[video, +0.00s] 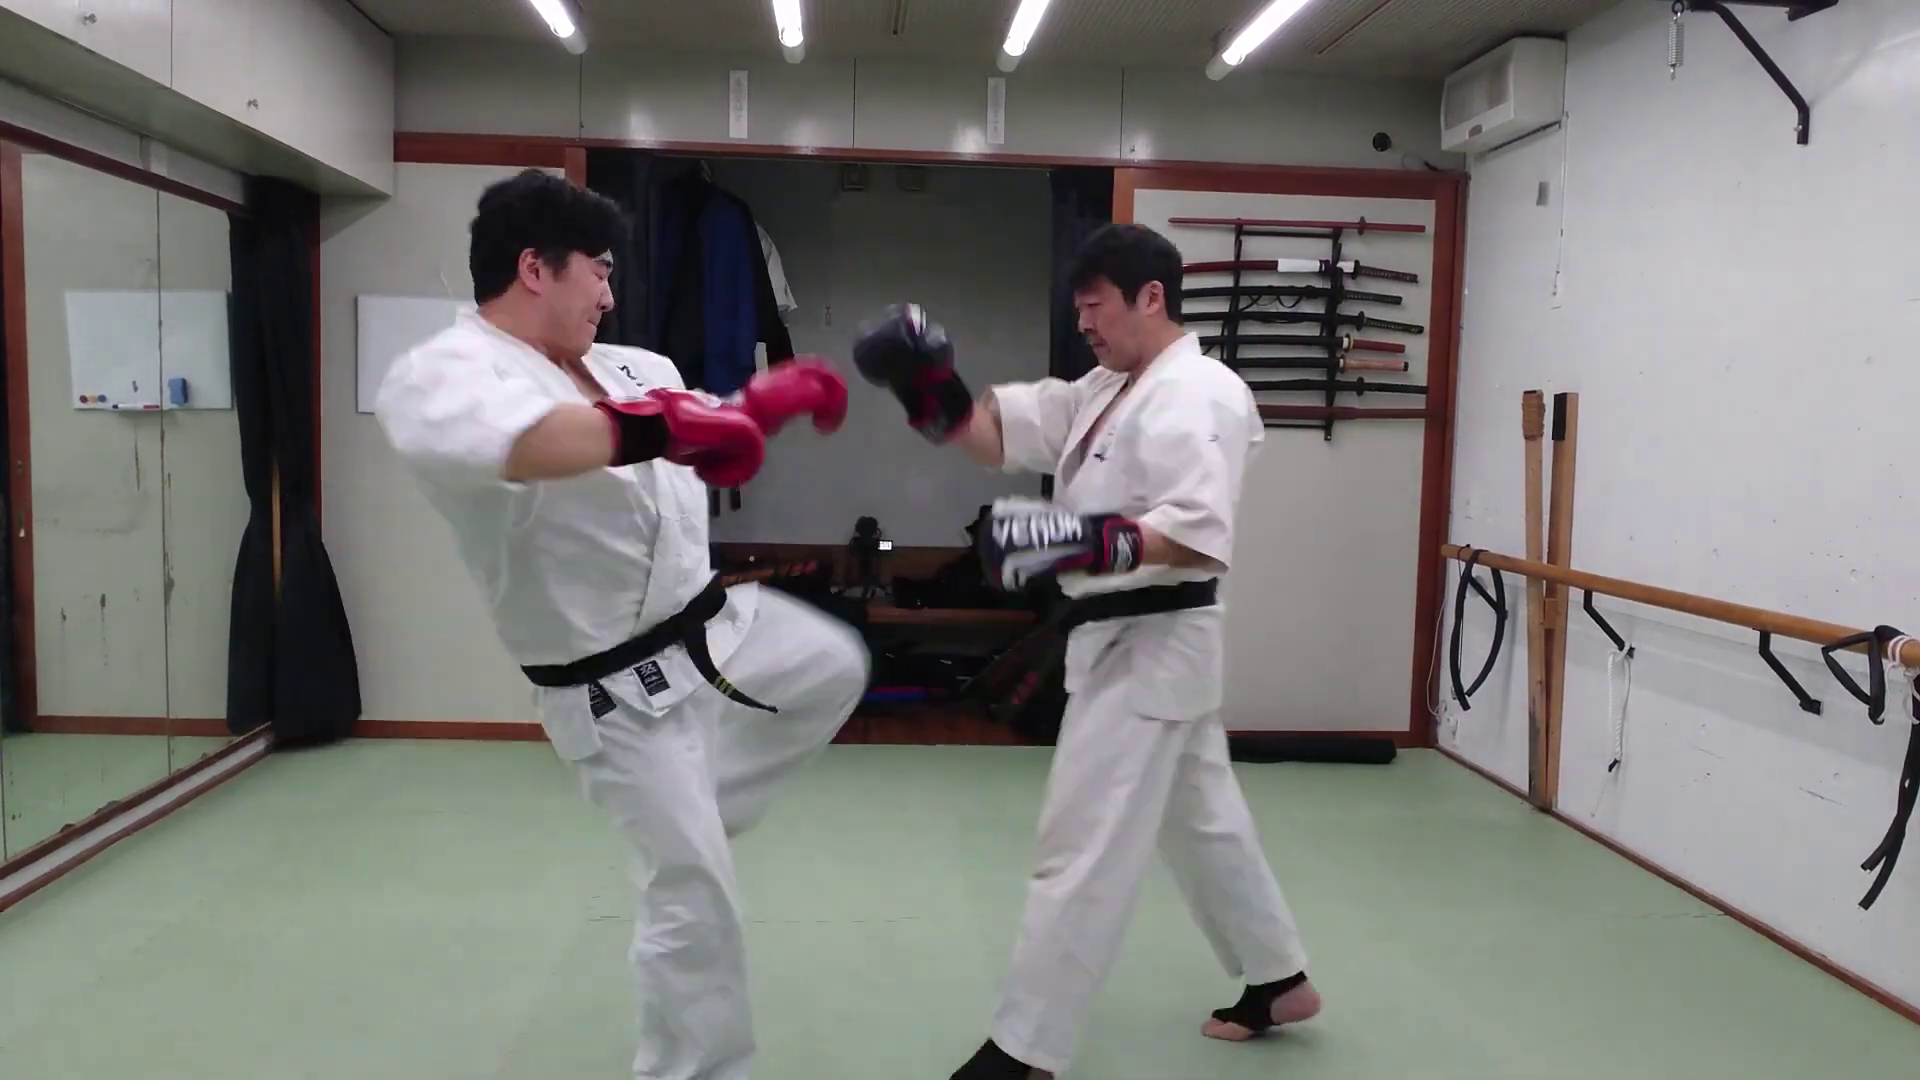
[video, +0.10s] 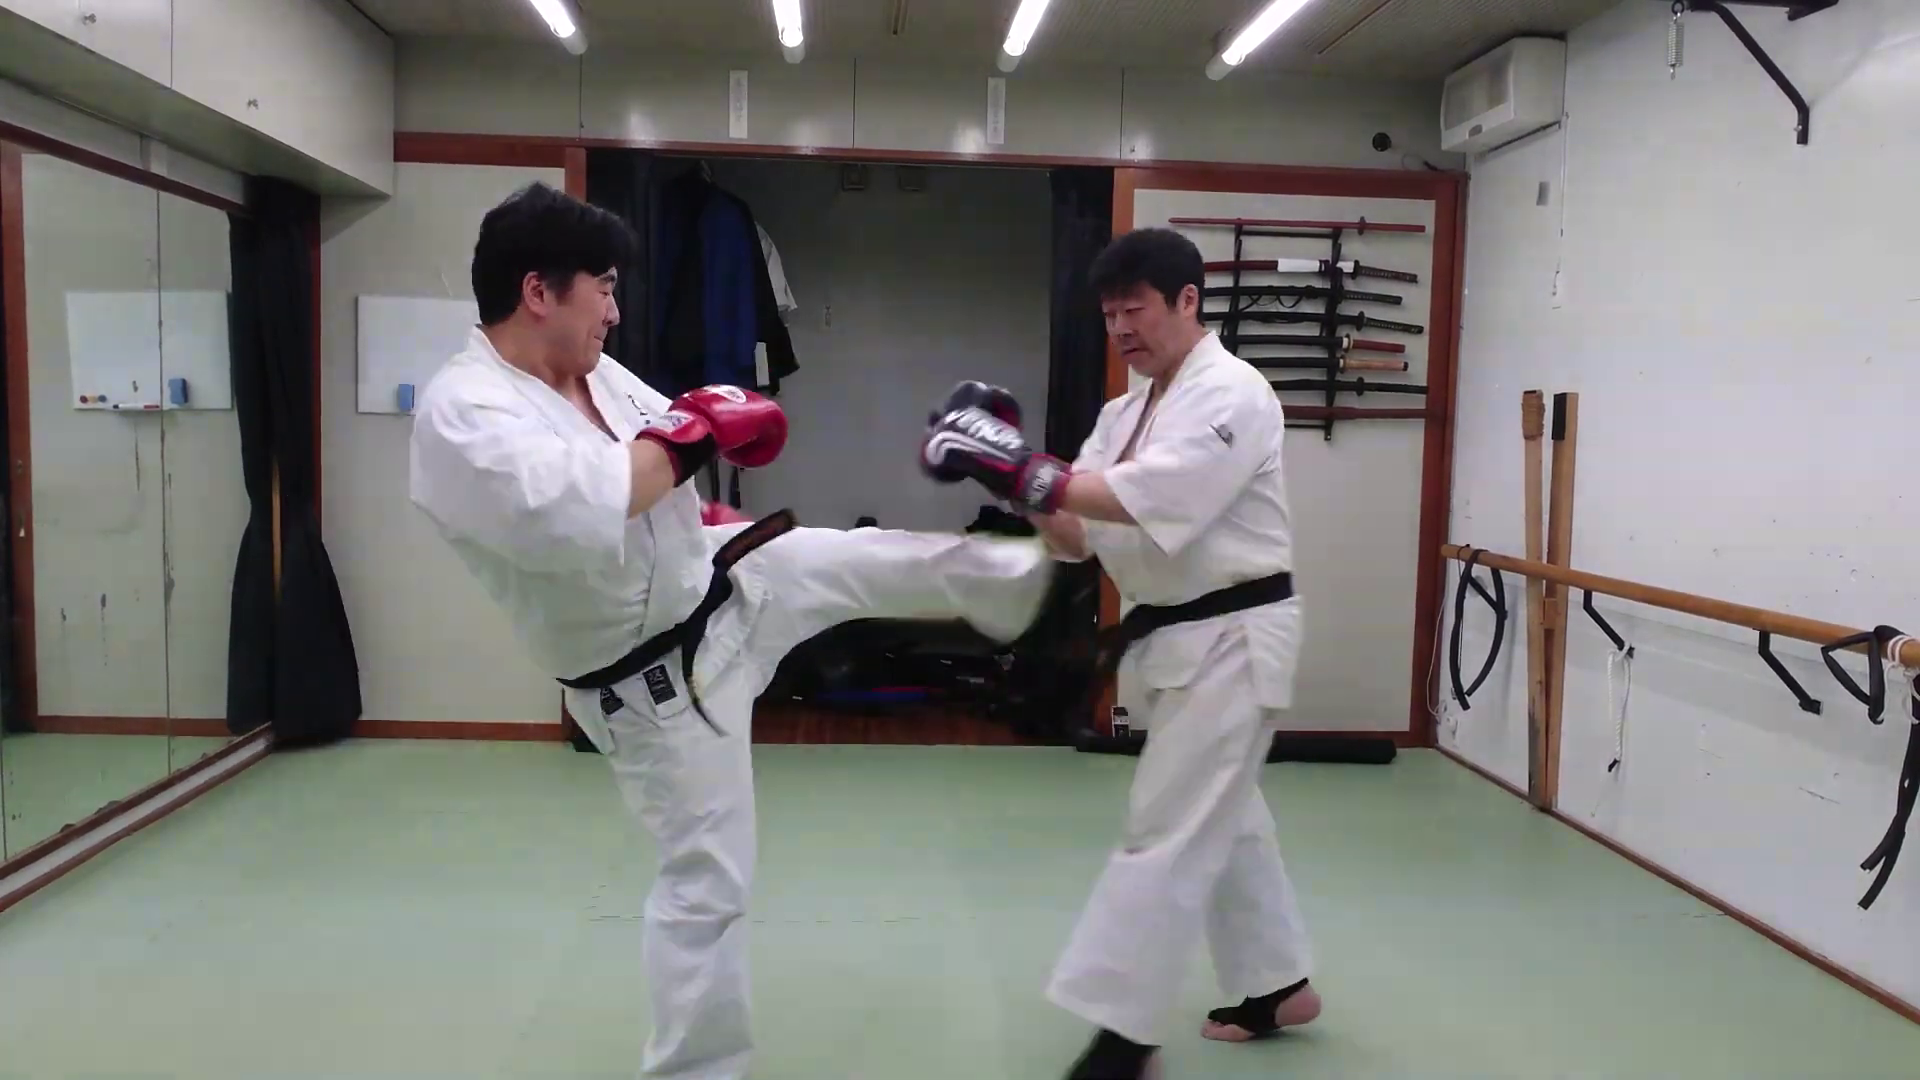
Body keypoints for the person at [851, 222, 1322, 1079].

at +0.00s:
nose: (1085, 328)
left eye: (1094, 309)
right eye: (1080, 313)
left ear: (1152, 298)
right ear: (1140, 304)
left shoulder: (1199, 395)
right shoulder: (1107, 387)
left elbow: (1193, 536)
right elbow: (998, 431)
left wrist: (1081, 540)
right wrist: (931, 388)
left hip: (1155, 647)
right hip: (1121, 640)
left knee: (1082, 849)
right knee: (1202, 819)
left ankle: (1023, 1051)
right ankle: (1278, 984)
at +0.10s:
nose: (1119, 329)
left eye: (1134, 309)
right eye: (1110, 314)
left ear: (1188, 302)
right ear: (1111, 317)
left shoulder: (1234, 394)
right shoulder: (1122, 412)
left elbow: (1161, 497)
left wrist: (1031, 477)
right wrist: (1013, 471)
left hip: (1237, 635)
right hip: (1166, 636)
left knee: (1167, 825)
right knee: (1220, 814)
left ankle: (1124, 1035)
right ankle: (1278, 986)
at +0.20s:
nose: (1137, 330)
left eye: (1151, 309)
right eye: (1127, 316)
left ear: (1204, 295)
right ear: (1126, 315)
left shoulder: (1220, 380)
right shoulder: (1186, 381)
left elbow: (1086, 493)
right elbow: (1101, 473)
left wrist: (996, 514)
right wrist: (1038, 415)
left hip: (1296, 628)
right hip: (1235, 633)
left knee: (1281, 830)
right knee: (1193, 804)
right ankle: (1247, 968)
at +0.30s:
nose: (1155, 354)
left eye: (1168, 333)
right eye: (1146, 338)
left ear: (1225, 321)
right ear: (1146, 340)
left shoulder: (1242, 402)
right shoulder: (1205, 402)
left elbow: (1118, 524)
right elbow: (1109, 454)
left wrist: (1028, 581)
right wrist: (1079, 359)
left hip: (1335, 650)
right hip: (1254, 654)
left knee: (1396, 859)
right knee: (1195, 805)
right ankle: (1233, 925)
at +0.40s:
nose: (1176, 379)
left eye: (1186, 359)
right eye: (1168, 365)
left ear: (1238, 343)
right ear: (1223, 353)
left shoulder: (1266, 426)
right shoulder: (1233, 421)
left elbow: (1186, 557)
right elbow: (1150, 482)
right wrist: (1133, 391)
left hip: (1332, 662)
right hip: (1267, 666)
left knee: (1402, 863)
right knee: (1235, 813)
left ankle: (1465, 1043)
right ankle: (1267, 944)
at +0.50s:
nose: (1168, 365)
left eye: (1176, 346)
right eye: (1161, 351)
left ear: (1228, 333)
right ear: (1225, 340)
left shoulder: (1257, 414)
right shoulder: (1241, 407)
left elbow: (1273, 557)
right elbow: (1211, 526)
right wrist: (1141, 459)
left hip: (1297, 644)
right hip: (1256, 639)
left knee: (1349, 837)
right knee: (1240, 797)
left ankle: (1451, 1027)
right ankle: (1268, 948)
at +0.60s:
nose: (1160, 350)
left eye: (1167, 331)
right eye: (1155, 335)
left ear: (1219, 315)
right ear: (1218, 322)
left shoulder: (1254, 393)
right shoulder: (1238, 394)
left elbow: (1314, 482)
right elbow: (1218, 514)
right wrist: (1143, 490)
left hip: (1273, 636)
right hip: (1245, 636)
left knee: (1277, 825)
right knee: (1247, 802)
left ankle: (1406, 1003)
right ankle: (1273, 952)